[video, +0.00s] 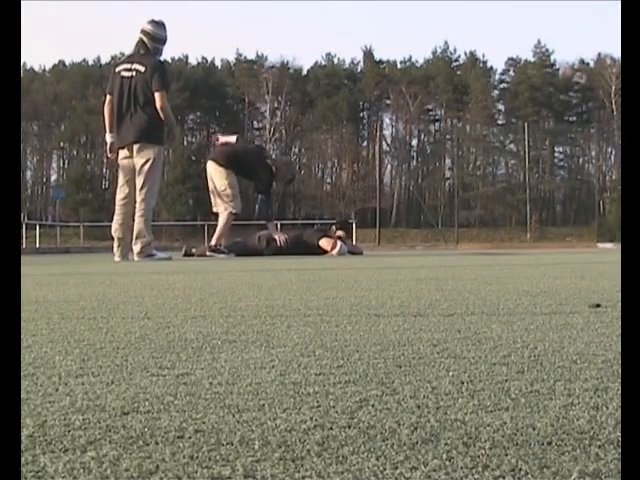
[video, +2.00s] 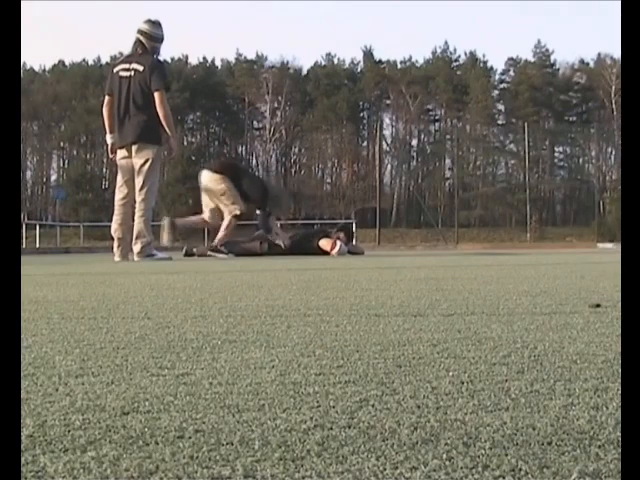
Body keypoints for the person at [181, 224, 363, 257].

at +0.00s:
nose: (339, 243)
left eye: (341, 241)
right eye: (340, 240)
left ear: (334, 234)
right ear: (335, 236)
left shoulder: (323, 238)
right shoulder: (320, 236)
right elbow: (334, 249)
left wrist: (345, 246)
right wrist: (350, 248)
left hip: (272, 241)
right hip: (271, 242)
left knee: (234, 247)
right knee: (233, 248)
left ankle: (198, 251)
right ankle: (197, 252)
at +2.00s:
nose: (338, 242)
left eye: (341, 240)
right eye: (340, 239)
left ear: (338, 238)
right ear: (336, 236)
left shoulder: (326, 241)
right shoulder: (323, 238)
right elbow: (331, 247)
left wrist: (346, 247)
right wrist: (340, 248)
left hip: (275, 245)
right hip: (274, 245)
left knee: (235, 246)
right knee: (235, 247)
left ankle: (200, 251)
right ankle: (201, 251)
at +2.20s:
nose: (336, 241)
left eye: (339, 240)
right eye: (337, 237)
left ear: (338, 240)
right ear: (334, 234)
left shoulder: (325, 241)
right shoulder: (322, 237)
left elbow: (354, 251)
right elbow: (328, 246)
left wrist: (346, 247)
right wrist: (336, 249)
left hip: (267, 244)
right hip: (266, 243)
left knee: (229, 248)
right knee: (229, 248)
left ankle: (195, 252)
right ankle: (195, 251)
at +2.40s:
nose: (337, 245)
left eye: (339, 242)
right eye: (339, 242)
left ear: (335, 236)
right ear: (335, 238)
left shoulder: (321, 237)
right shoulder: (320, 237)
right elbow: (330, 248)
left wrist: (346, 246)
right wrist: (343, 248)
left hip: (271, 238)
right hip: (272, 239)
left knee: (229, 247)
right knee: (230, 249)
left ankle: (193, 252)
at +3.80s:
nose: (342, 242)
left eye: (345, 241)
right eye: (342, 238)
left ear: (345, 241)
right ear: (337, 233)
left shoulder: (329, 242)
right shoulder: (313, 234)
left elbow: (359, 251)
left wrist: (344, 249)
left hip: (271, 247)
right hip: (266, 242)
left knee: (231, 245)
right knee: (221, 250)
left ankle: (199, 239)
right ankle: (236, 218)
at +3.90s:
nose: (343, 238)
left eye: (344, 238)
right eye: (342, 236)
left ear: (341, 239)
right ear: (336, 234)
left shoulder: (329, 242)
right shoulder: (322, 238)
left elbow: (355, 249)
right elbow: (290, 225)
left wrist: (350, 248)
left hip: (275, 244)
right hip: (270, 242)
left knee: (236, 244)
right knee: (221, 250)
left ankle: (200, 236)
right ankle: (236, 217)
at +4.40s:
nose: (334, 243)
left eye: (338, 242)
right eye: (336, 239)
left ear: (339, 240)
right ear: (333, 231)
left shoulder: (328, 240)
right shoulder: (315, 226)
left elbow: (359, 250)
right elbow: (284, 227)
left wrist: (345, 250)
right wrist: (292, 249)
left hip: (270, 248)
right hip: (265, 239)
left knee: (226, 248)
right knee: (220, 249)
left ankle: (196, 236)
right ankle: (238, 219)